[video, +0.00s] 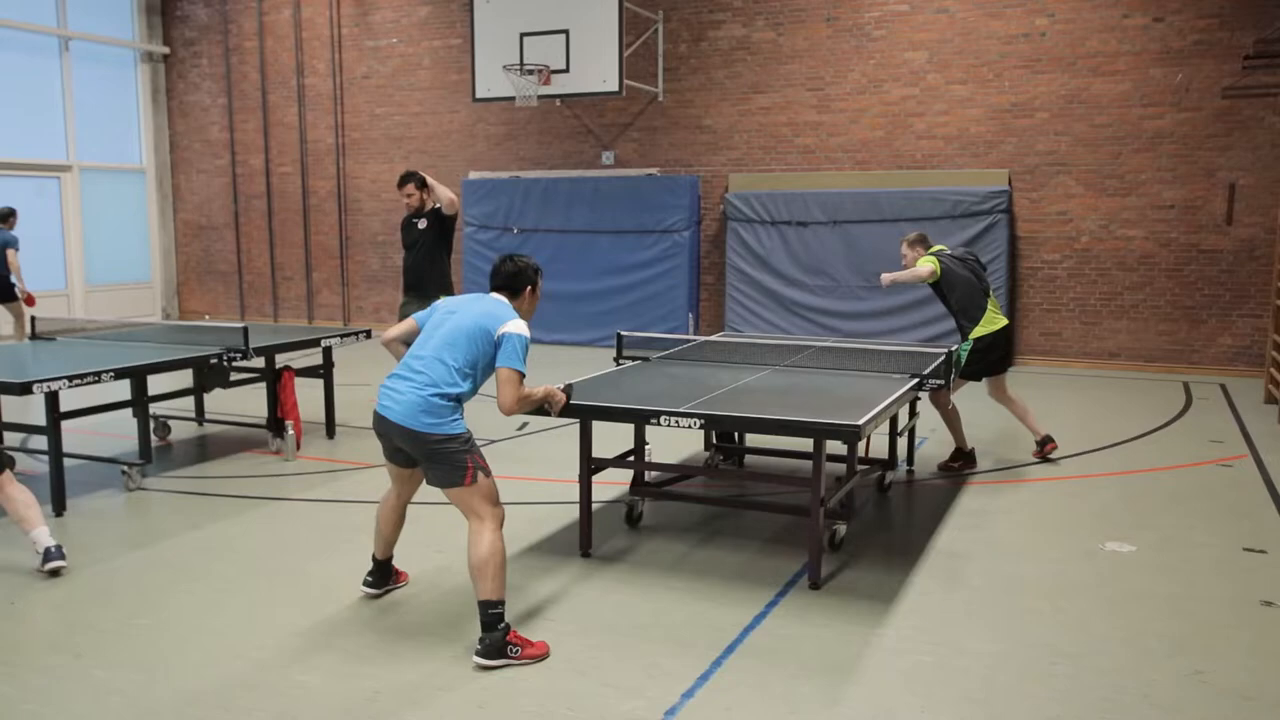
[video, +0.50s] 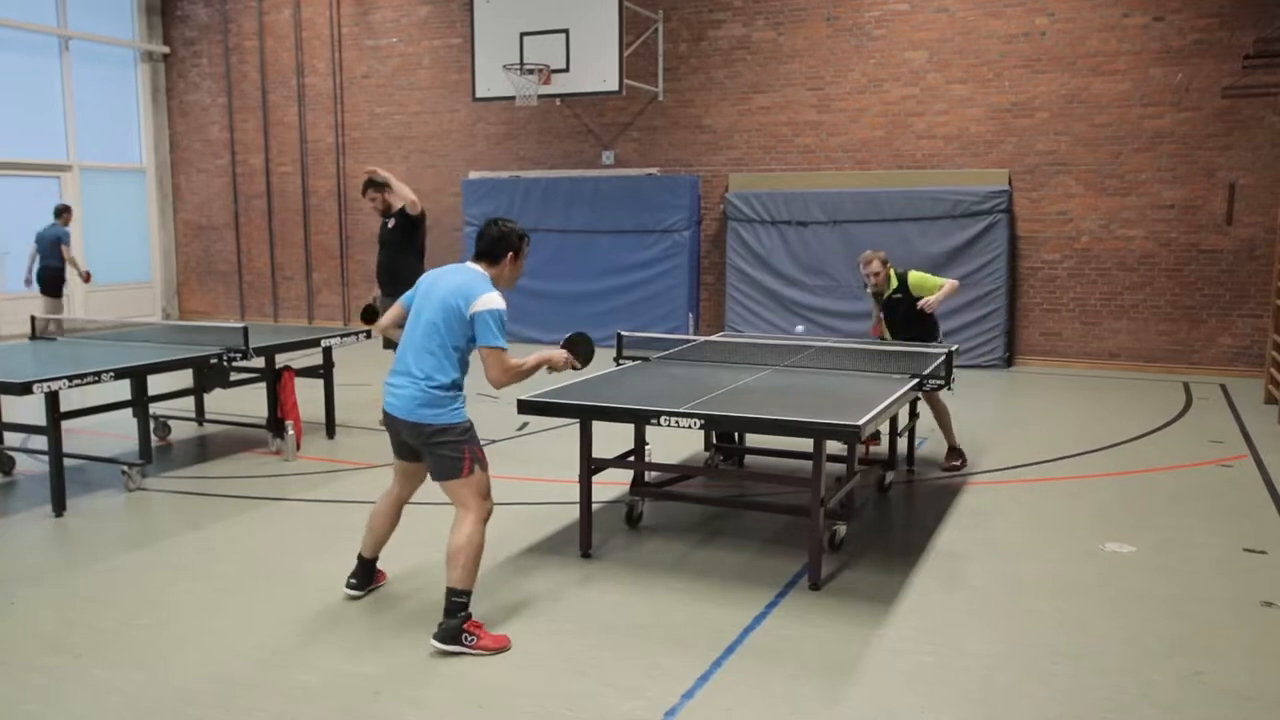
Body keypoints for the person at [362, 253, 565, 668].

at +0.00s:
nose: (538, 298)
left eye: (538, 291)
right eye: (538, 291)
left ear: (494, 287)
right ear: (528, 291)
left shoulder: (450, 303)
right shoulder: (513, 323)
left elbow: (391, 337)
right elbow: (510, 403)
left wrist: (423, 370)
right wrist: (544, 394)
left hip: (389, 411)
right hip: (434, 422)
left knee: (401, 486)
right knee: (487, 516)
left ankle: (379, 572)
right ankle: (495, 637)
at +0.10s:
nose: (535, 294)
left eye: (536, 286)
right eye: (535, 286)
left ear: (490, 280)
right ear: (525, 285)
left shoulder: (447, 298)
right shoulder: (510, 317)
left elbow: (391, 335)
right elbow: (509, 397)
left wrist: (421, 368)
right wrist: (542, 385)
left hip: (390, 411)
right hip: (436, 422)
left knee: (404, 484)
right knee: (487, 516)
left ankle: (380, 574)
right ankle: (494, 637)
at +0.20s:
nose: (525, 292)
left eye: (527, 285)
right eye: (526, 284)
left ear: (482, 274)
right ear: (516, 281)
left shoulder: (438, 296)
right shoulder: (498, 314)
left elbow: (387, 338)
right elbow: (502, 391)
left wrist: (423, 364)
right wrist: (540, 377)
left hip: (394, 419)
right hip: (439, 427)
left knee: (409, 488)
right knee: (486, 519)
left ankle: (380, 577)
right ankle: (494, 637)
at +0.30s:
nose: (527, 278)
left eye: (528, 270)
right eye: (527, 269)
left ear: (484, 260)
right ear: (515, 265)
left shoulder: (439, 280)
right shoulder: (491, 298)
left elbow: (388, 325)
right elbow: (487, 375)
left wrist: (420, 351)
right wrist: (532, 367)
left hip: (391, 403)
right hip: (432, 411)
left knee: (403, 483)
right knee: (475, 504)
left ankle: (379, 577)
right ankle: (489, 619)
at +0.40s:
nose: (528, 267)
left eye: (529, 258)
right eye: (528, 258)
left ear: (486, 251)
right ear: (515, 255)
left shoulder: (441, 272)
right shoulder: (489, 289)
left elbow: (390, 315)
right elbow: (488, 367)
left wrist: (431, 339)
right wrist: (536, 360)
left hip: (391, 395)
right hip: (432, 405)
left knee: (400, 480)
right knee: (475, 501)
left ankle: (370, 573)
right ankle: (456, 619)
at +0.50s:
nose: (520, 271)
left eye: (522, 263)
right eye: (522, 262)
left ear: (479, 252)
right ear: (509, 258)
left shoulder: (434, 276)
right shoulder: (485, 295)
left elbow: (386, 325)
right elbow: (500, 375)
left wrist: (429, 344)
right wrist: (546, 357)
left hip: (398, 405)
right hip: (438, 413)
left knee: (403, 484)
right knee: (475, 507)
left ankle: (361, 573)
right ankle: (455, 624)